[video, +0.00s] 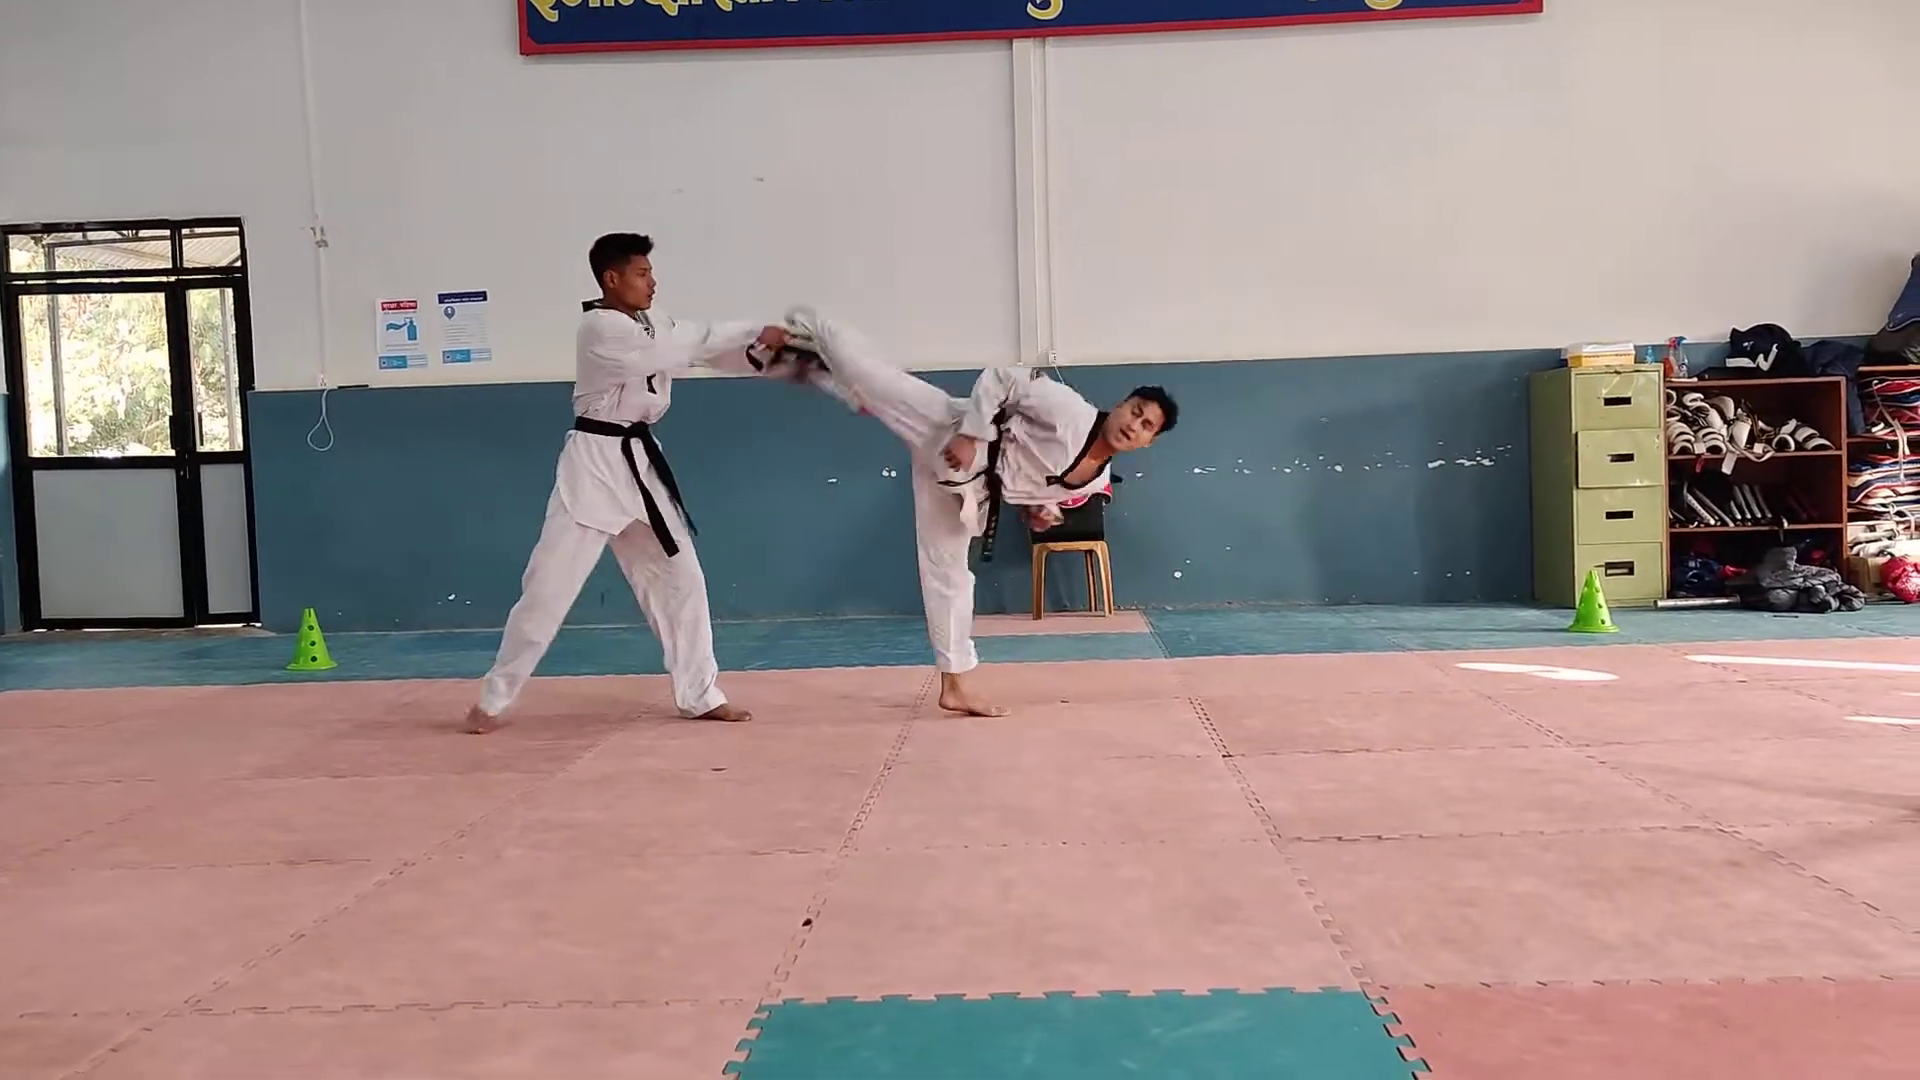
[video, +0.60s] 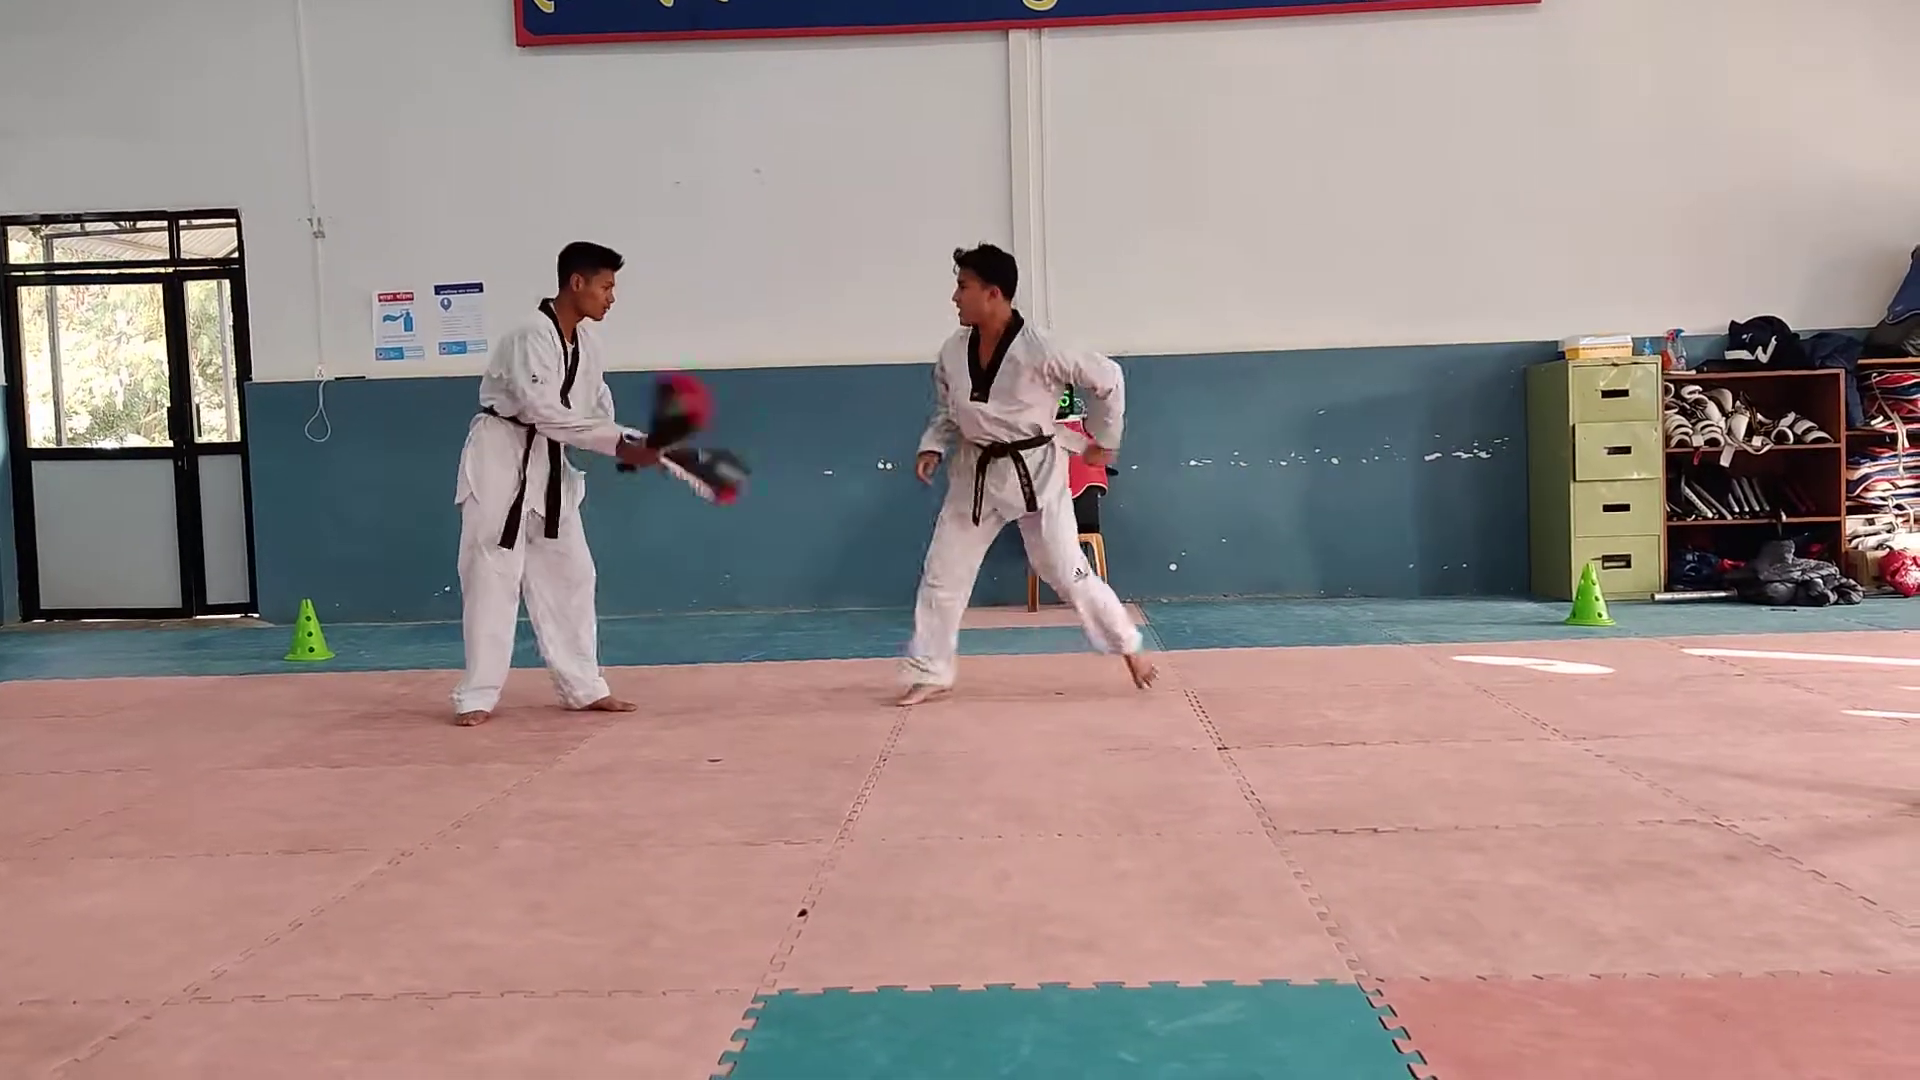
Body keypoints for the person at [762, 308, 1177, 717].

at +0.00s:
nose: (1134, 424)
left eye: (1147, 426)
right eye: (1135, 411)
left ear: (1149, 442)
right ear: (1119, 403)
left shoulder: (1095, 482)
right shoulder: (1067, 410)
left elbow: (1035, 486)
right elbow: (1000, 378)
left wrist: (1041, 511)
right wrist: (972, 435)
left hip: (963, 489)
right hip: (953, 430)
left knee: (949, 574)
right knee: (866, 378)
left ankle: (955, 685)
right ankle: (806, 331)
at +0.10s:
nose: (1095, 431)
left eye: (1110, 433)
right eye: (1098, 420)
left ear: (1122, 449)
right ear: (1090, 413)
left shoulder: (1087, 494)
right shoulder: (1043, 422)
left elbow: (1036, 508)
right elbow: (964, 394)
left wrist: (1011, 510)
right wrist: (924, 454)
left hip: (960, 500)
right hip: (941, 447)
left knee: (957, 587)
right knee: (820, 414)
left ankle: (950, 693)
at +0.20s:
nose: (1043, 406)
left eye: (1057, 407)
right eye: (1047, 396)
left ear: (1081, 425)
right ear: (1044, 391)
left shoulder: (1077, 477)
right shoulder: (1004, 406)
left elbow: (1043, 513)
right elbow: (932, 406)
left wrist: (995, 512)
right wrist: (903, 463)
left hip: (968, 504)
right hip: (934, 456)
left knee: (969, 590)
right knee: (844, 514)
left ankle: (949, 693)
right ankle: (841, 526)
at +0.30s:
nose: (1000, 369)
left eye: (1011, 365)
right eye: (1003, 361)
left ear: (1041, 380)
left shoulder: (1068, 442)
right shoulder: (969, 391)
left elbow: (1043, 492)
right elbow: (913, 419)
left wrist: (1007, 524)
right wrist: (896, 473)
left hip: (984, 501)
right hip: (928, 472)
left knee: (986, 592)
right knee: (889, 562)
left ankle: (955, 690)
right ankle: (853, 660)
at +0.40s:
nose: (965, 344)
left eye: (975, 338)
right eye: (968, 335)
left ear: (1006, 351)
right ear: (1000, 349)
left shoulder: (1047, 405)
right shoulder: (940, 387)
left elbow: (1056, 461)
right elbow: (903, 444)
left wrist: (1039, 513)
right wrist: (889, 497)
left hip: (999, 500)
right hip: (933, 491)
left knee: (1028, 584)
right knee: (906, 584)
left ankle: (981, 674)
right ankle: (887, 685)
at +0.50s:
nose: (949, 311)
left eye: (957, 302)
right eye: (951, 301)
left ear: (988, 311)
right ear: (980, 311)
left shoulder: (1038, 365)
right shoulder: (940, 360)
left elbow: (1081, 405)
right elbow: (917, 418)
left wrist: (1061, 459)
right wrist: (903, 466)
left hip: (1017, 478)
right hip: (951, 477)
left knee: (1044, 575)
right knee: (914, 586)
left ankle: (1051, 651)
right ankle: (888, 687)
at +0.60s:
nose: (954, 296)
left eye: (963, 287)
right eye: (956, 286)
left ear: (994, 295)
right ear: (988, 294)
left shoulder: (1039, 348)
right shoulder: (954, 351)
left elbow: (1107, 377)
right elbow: (946, 407)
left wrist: (1104, 441)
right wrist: (933, 444)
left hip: (1036, 467)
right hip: (974, 469)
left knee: (1062, 569)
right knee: (943, 571)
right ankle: (932, 672)